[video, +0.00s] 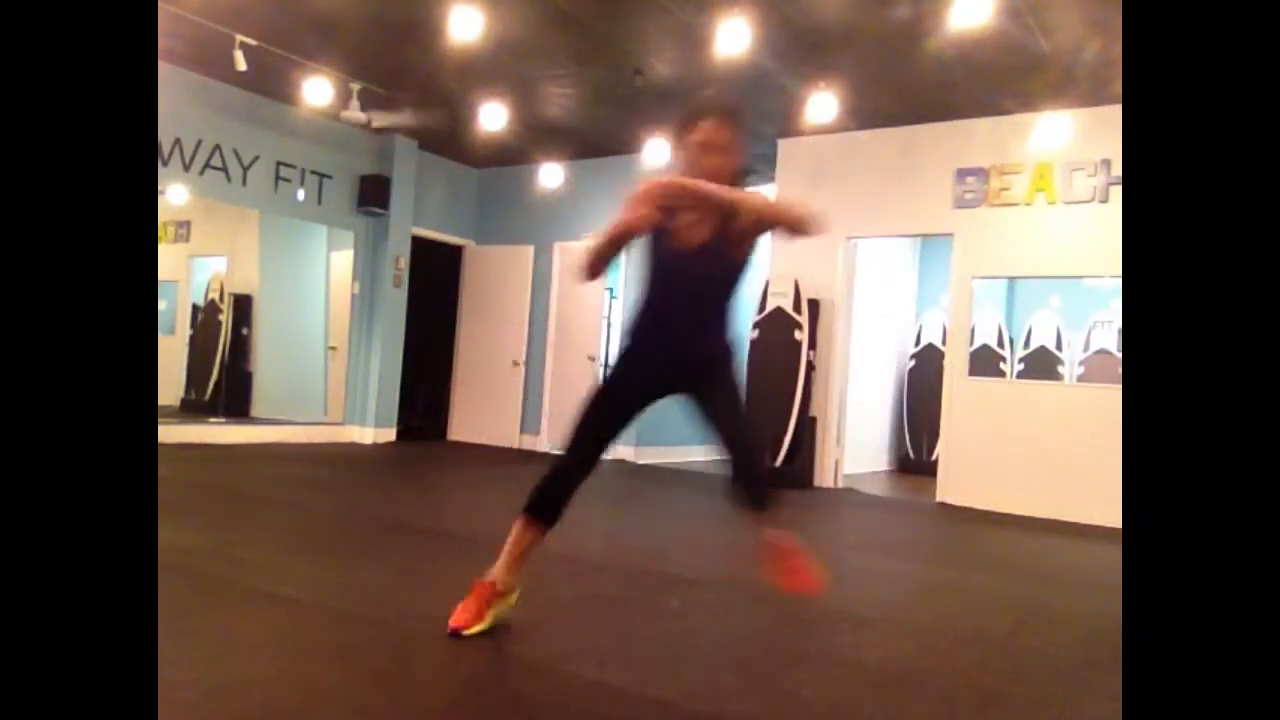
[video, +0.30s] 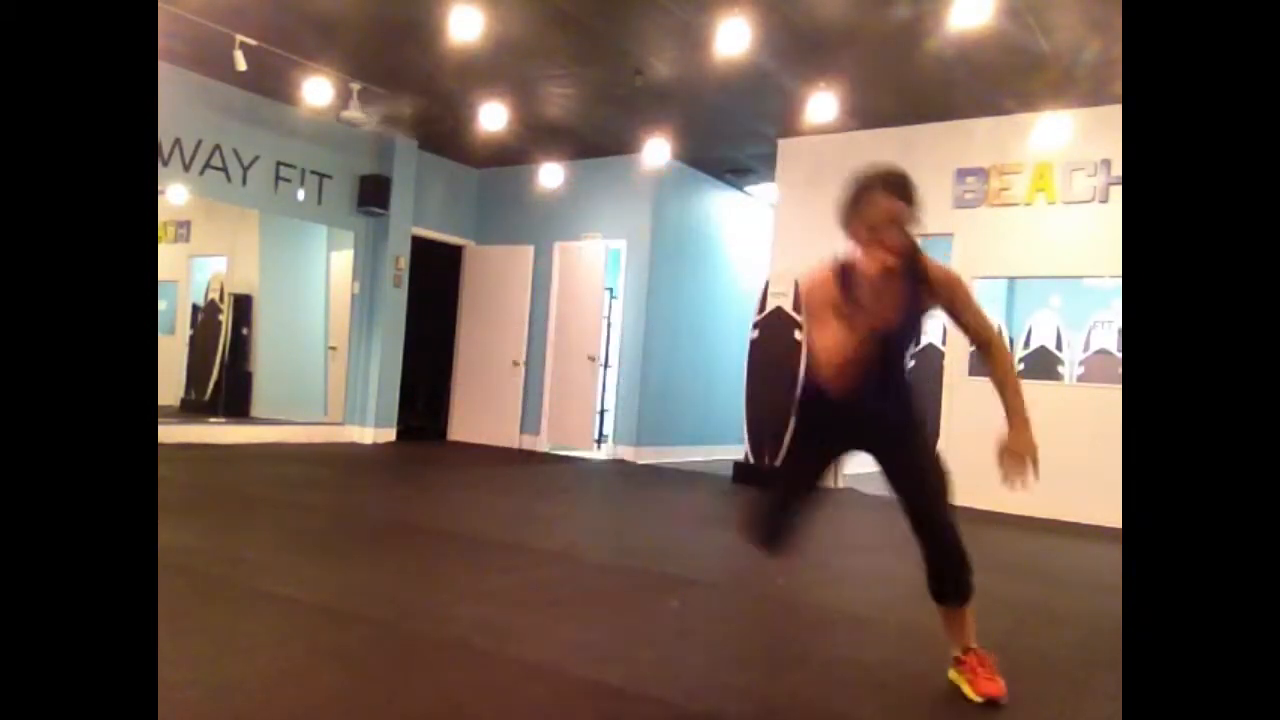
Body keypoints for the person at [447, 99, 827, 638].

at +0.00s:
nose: (709, 158)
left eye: (721, 149)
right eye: (700, 147)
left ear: (739, 158)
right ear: (682, 151)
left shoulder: (746, 212)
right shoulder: (660, 200)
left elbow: (803, 222)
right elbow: (591, 266)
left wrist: (732, 203)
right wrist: (633, 223)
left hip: (707, 362)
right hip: (646, 355)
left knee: (748, 457)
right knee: (576, 460)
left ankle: (774, 540)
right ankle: (500, 579)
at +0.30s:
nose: (886, 235)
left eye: (897, 224)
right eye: (874, 224)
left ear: (910, 227)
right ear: (850, 225)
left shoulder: (932, 281)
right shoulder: (823, 284)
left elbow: (990, 343)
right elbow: (830, 364)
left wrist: (1018, 426)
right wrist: (866, 304)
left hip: (890, 417)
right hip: (824, 416)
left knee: (935, 524)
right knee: (769, 529)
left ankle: (965, 652)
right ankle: (780, 482)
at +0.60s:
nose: (936, 290)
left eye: (949, 277)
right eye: (922, 278)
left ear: (968, 284)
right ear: (902, 283)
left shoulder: (972, 336)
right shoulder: (867, 342)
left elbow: (957, 378)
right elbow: (870, 451)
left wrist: (961, 395)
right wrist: (940, 403)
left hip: (941, 440)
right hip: (879, 457)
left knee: (944, 552)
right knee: (920, 568)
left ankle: (966, 656)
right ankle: (997, 544)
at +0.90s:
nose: (789, 175)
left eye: (801, 163)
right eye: (780, 163)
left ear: (833, 170)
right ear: (773, 172)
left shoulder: (858, 226)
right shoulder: (759, 236)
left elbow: (939, 248)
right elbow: (695, 271)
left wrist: (842, 193)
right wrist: (652, 321)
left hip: (842, 388)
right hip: (773, 385)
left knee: (906, 507)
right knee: (704, 455)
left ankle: (964, 647)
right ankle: (685, 554)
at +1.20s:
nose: (588, 210)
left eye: (601, 198)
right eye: (580, 199)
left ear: (629, 202)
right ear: (573, 204)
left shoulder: (656, 265)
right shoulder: (569, 251)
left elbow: (658, 331)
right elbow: (553, 289)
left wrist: (594, 270)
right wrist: (532, 326)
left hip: (641, 395)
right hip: (581, 385)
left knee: (677, 518)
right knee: (517, 479)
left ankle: (726, 521)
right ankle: (480, 599)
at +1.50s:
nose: (505, 292)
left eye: (520, 282)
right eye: (500, 279)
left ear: (554, 291)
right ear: (491, 282)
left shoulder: (577, 355)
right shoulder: (490, 334)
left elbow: (540, 458)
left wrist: (485, 381)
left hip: (576, 437)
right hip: (518, 416)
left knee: (515, 562)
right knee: (480, 495)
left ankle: (472, 543)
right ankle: (477, 603)